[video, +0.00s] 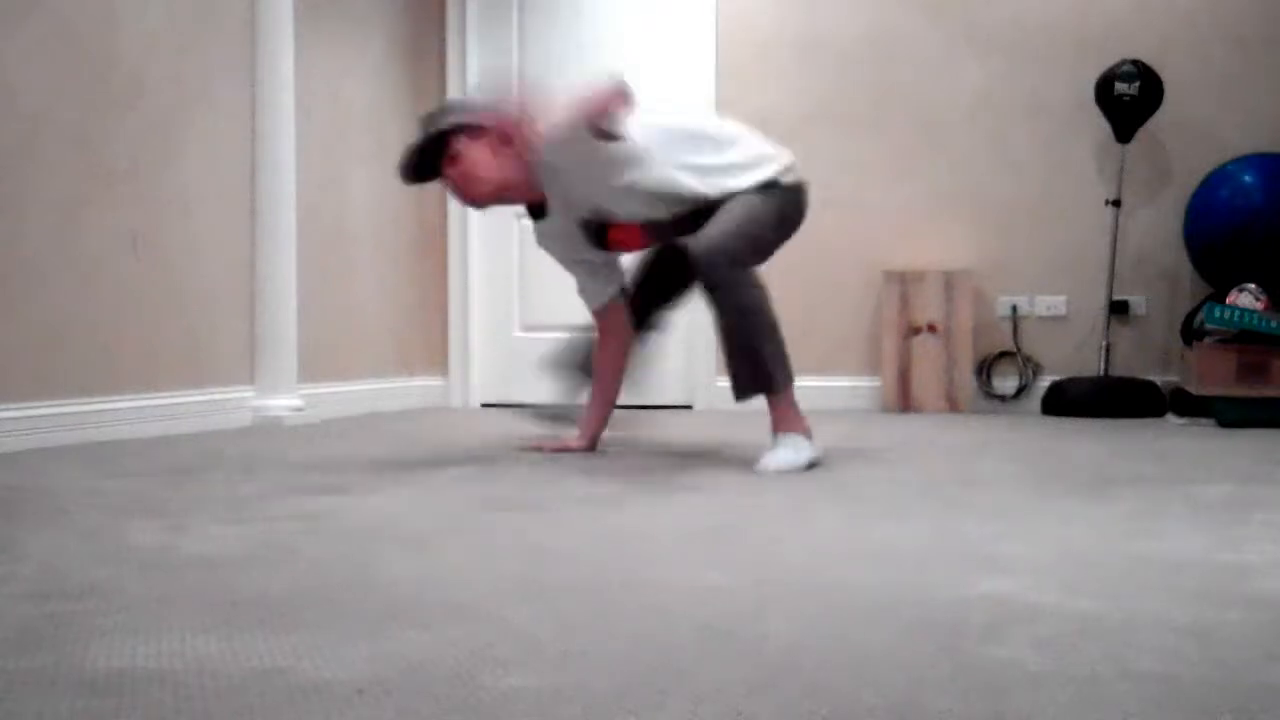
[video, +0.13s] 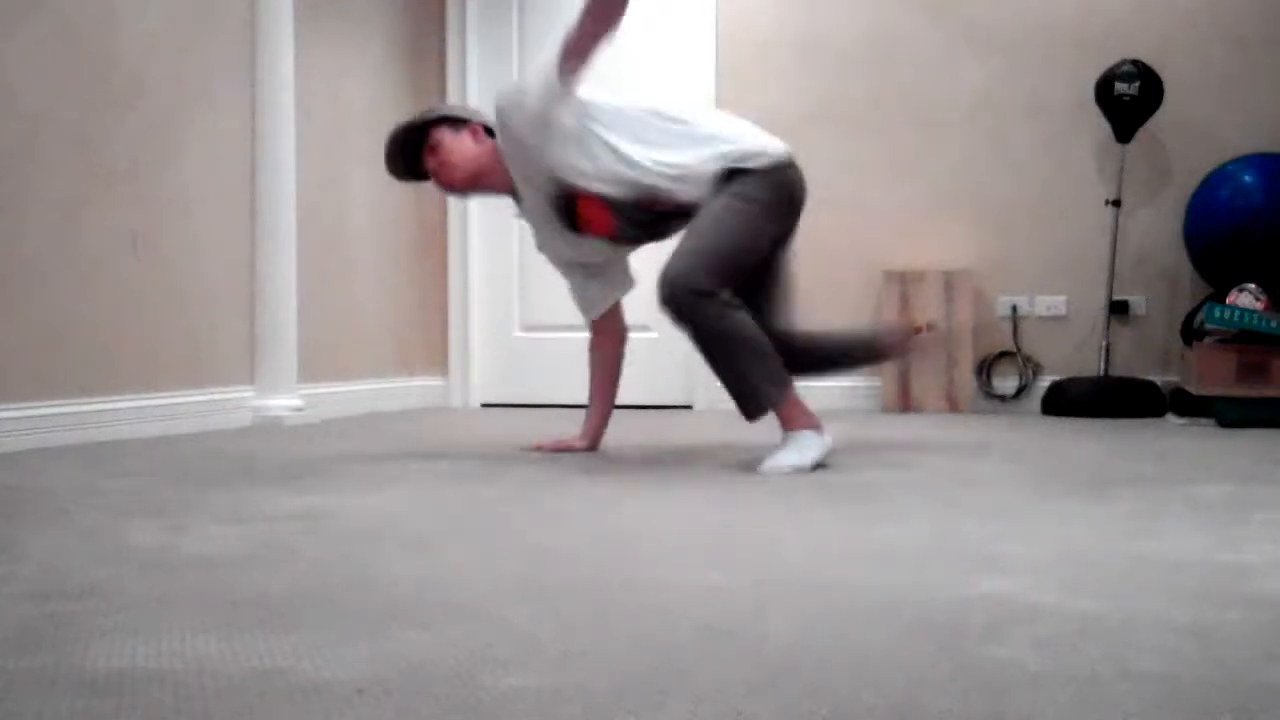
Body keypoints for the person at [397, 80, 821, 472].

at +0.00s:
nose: (454, 183)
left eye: (455, 160)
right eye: (444, 177)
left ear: (496, 137)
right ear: (451, 191)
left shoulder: (564, 146)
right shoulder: (558, 230)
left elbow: (612, 96)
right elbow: (614, 324)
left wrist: (561, 122)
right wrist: (588, 436)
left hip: (766, 184)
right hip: (695, 220)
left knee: (714, 252)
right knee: (631, 312)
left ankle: (790, 429)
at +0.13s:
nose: (442, 178)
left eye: (437, 156)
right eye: (432, 177)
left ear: (467, 128)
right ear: (443, 186)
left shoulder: (527, 113)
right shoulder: (555, 228)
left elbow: (591, 30)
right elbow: (607, 328)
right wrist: (591, 438)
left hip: (755, 170)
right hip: (724, 209)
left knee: (687, 285)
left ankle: (803, 430)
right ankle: (904, 343)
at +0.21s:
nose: (452, 145)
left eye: (447, 127)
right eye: (439, 152)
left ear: (472, 105)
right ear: (449, 167)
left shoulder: (538, 89)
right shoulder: (535, 220)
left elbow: (611, 28)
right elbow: (591, 321)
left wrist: (633, 5)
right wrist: (593, 435)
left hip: (731, 158)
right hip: (732, 214)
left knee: (653, 262)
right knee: (844, 361)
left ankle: (790, 397)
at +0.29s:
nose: (482, 131)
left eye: (478, 113)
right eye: (468, 133)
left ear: (506, 95)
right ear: (473, 149)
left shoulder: (583, 100)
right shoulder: (544, 214)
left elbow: (672, 64)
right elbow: (587, 323)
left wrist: (703, 5)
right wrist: (589, 435)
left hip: (704, 126)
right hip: (735, 191)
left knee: (573, 174)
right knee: (808, 330)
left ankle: (709, 278)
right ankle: (985, 287)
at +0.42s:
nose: (548, 131)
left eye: (551, 112)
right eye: (534, 128)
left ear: (581, 106)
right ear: (532, 146)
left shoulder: (645, 153)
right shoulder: (566, 219)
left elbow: (750, 164)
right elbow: (593, 326)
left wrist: (820, 117)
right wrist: (589, 437)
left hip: (721, 188)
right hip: (714, 254)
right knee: (568, 300)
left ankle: (600, 13)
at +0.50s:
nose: (597, 129)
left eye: (603, 115)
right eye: (585, 126)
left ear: (632, 111)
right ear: (580, 138)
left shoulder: (690, 159)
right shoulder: (591, 219)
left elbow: (771, 221)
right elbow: (600, 334)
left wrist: (798, 288)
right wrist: (589, 438)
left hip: (695, 240)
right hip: (624, 275)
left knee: (711, 63)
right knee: (459, 280)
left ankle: (716, 4)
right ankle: (299, 317)